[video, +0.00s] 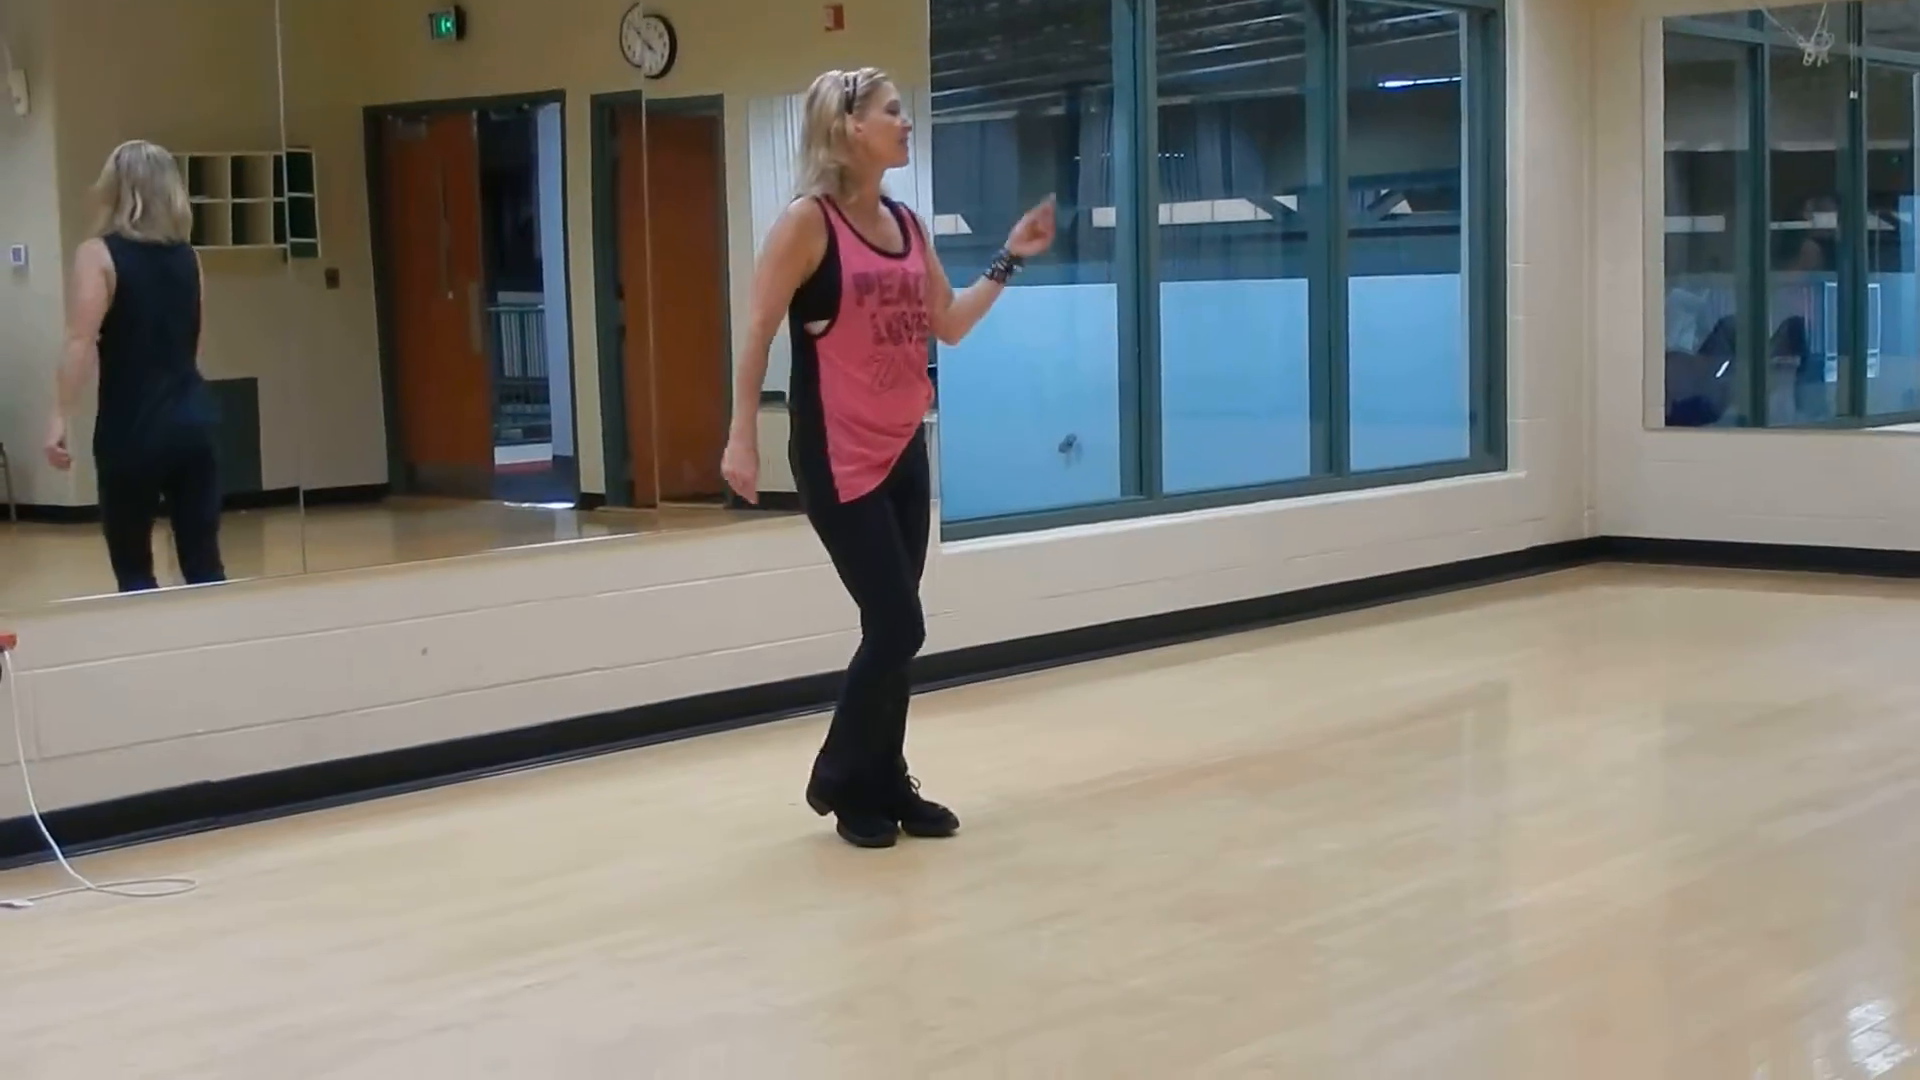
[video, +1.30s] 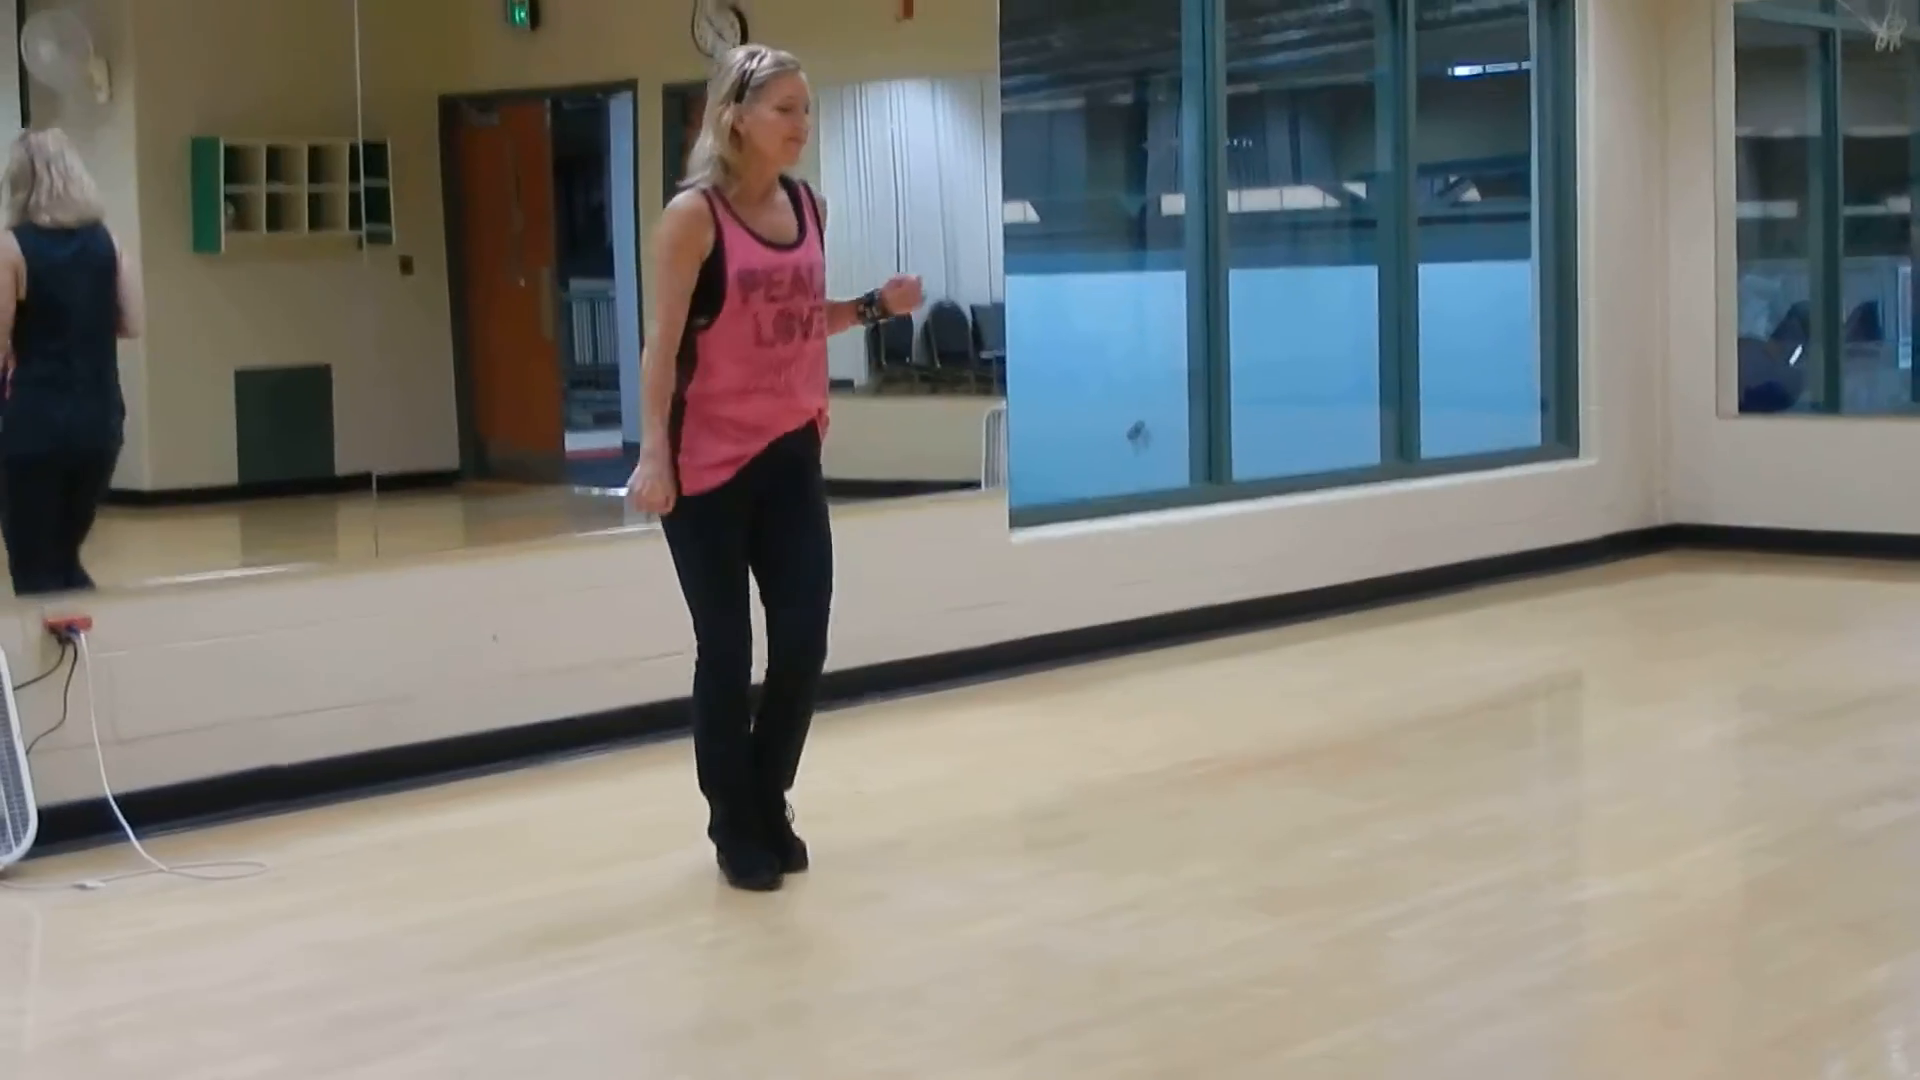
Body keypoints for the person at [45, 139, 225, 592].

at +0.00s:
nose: (100, 191)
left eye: (106, 183)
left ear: (114, 191)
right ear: (171, 193)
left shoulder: (98, 254)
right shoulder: (188, 257)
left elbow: (81, 341)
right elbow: (193, 344)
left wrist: (60, 415)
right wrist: (173, 397)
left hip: (128, 429)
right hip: (191, 423)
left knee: (133, 569)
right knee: (203, 561)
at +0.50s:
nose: (89, 172)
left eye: (93, 162)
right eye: (90, 162)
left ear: (108, 166)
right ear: (152, 159)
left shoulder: (109, 226)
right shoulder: (177, 219)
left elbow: (119, 314)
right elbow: (183, 307)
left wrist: (64, 363)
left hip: (144, 401)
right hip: (199, 395)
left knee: (79, 532)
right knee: (208, 534)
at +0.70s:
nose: (61, 177)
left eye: (65, 167)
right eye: (63, 166)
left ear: (77, 172)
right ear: (127, 168)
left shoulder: (79, 231)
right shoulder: (154, 232)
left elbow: (49, 316)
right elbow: (183, 311)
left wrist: (4, 316)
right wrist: (203, 382)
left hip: (112, 411)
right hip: (170, 405)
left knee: (67, 539)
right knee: (198, 531)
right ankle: (249, 629)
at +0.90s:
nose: (25, 166)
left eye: (29, 157)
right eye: (28, 157)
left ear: (38, 161)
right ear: (92, 158)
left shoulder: (25, 221)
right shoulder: (116, 224)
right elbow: (164, 296)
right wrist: (158, 372)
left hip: (56, 404)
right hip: (118, 400)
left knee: (26, 544)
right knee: (132, 527)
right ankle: (202, 603)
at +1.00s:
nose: (15, 171)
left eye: (20, 162)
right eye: (18, 162)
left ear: (28, 165)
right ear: (84, 162)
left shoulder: (14, 227)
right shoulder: (111, 228)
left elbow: (7, 310)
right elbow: (160, 299)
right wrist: (139, 369)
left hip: (40, 405)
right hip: (106, 404)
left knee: (24, 542)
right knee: (82, 526)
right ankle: (155, 598)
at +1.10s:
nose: (11, 176)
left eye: (15, 167)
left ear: (20, 173)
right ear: (78, 167)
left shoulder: (13, 237)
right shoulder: (110, 231)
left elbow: (6, 314)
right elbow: (153, 307)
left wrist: (17, 337)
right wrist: (125, 365)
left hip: (32, 408)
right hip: (97, 409)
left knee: (24, 542)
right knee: (52, 534)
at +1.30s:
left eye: (14, 174)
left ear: (19, 180)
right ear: (78, 175)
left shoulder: (13, 246)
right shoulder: (106, 241)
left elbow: (5, 340)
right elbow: (131, 324)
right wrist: (77, 319)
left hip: (32, 424)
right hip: (97, 418)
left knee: (31, 557)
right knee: (65, 551)